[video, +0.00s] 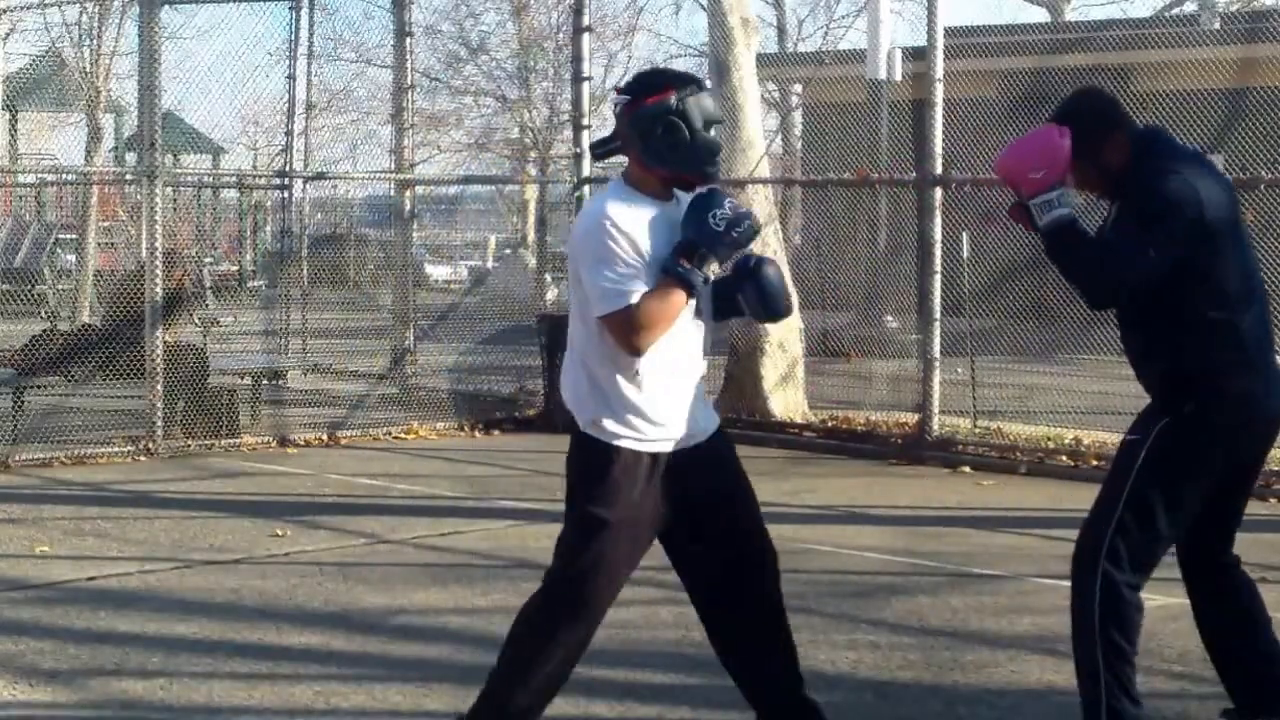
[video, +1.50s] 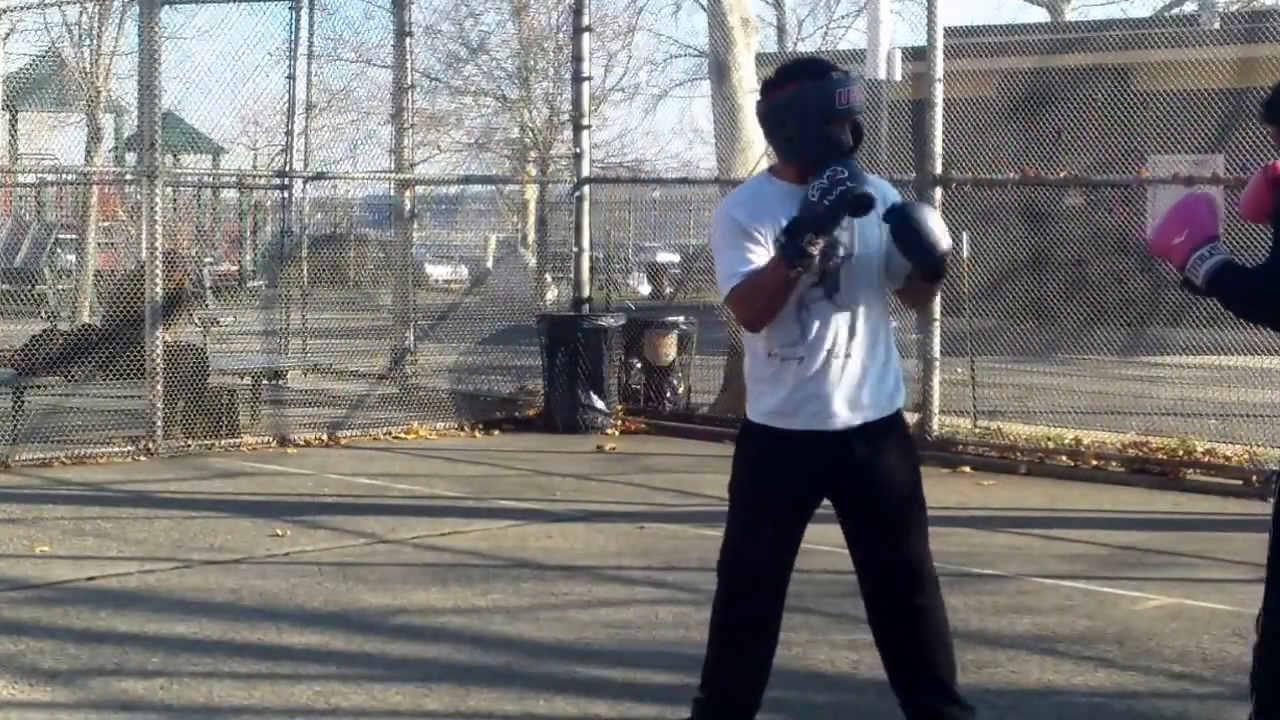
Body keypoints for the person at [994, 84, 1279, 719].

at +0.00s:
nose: (1081, 185)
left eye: (1079, 170)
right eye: (1074, 173)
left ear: (1108, 149)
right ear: (1121, 138)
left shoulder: (1162, 189)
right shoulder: (1187, 170)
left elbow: (1103, 282)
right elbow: (1108, 276)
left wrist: (1051, 208)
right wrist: (1048, 222)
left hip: (1197, 406)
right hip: (1248, 401)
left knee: (1104, 559)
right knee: (1206, 556)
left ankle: (1110, 709)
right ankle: (1264, 700)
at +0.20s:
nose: (1080, 186)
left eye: (1081, 173)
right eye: (1074, 174)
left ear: (1114, 158)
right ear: (1124, 150)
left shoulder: (1177, 204)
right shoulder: (1174, 180)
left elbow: (1108, 297)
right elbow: (1080, 282)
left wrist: (1059, 210)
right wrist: (1036, 221)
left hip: (1205, 415)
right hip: (1248, 409)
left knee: (1117, 562)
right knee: (1220, 555)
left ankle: (1112, 707)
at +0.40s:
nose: (1169, 163)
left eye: (1173, 148)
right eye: (1166, 151)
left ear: (1203, 136)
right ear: (1223, 129)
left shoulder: (1237, 199)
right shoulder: (1256, 183)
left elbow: (1162, 255)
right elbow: (1155, 242)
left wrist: (1099, 192)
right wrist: (1095, 191)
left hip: (1233, 426)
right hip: (1256, 424)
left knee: (1131, 565)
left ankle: (1110, 709)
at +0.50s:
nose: (1226, 156)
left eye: (1231, 140)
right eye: (1223, 143)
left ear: (1262, 132)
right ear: (1263, 134)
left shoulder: (1272, 202)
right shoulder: (1265, 200)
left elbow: (1223, 276)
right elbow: (1221, 277)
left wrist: (1185, 195)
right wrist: (1169, 213)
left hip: (1255, 431)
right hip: (1254, 426)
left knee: (1162, 568)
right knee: (1164, 567)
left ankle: (1119, 707)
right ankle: (1122, 705)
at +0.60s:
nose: (1265, 153)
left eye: (1269, 140)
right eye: (1263, 141)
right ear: (1261, 140)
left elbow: (1262, 272)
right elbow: (1262, 270)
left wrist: (1226, 198)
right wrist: (1228, 202)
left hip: (1278, 415)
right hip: (1276, 412)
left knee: (1216, 557)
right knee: (1217, 557)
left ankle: (1175, 704)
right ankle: (1176, 702)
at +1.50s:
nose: (1268, 150)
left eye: (1270, 135)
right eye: (1267, 135)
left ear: (1277, 137)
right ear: (1265, 137)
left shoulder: (1276, 214)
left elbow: (1269, 301)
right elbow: (1268, 300)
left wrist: (1205, 263)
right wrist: (1209, 264)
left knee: (1278, 617)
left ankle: (1268, 699)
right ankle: (1266, 697)